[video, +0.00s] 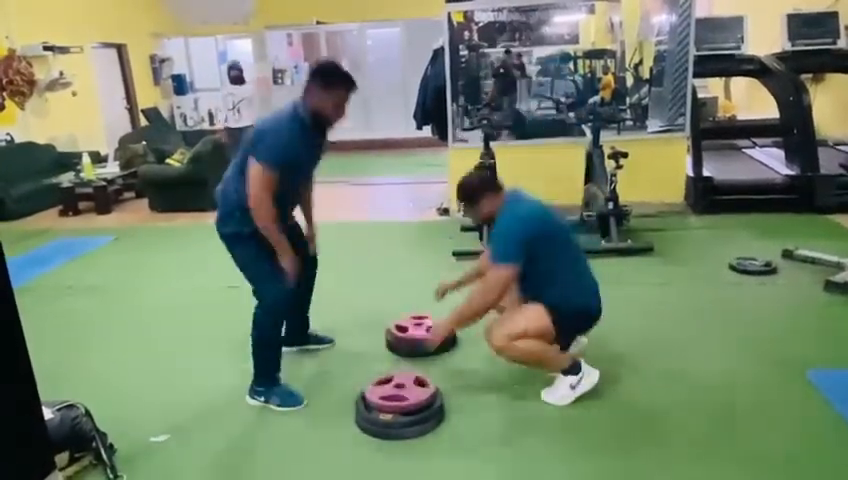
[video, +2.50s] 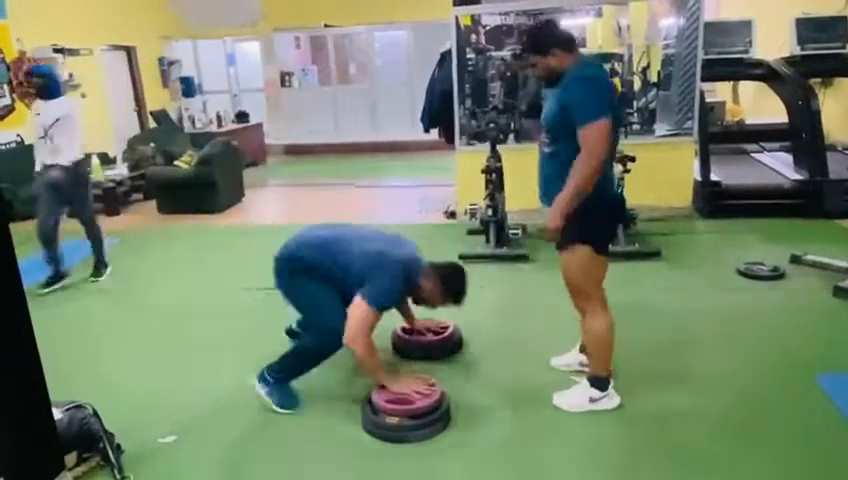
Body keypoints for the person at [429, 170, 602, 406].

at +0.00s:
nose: (469, 214)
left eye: (471, 207)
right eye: (467, 208)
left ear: (486, 200)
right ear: (490, 195)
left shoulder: (512, 220)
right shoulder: (508, 207)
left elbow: (494, 289)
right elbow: (491, 261)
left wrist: (448, 325)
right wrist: (456, 284)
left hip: (575, 306)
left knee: (500, 336)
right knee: (498, 299)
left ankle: (575, 372)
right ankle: (564, 338)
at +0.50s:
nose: (374, 360)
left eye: (370, 356)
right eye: (370, 357)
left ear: (371, 343)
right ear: (373, 324)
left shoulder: (391, 327)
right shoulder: (398, 299)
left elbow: (427, 332)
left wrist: (416, 372)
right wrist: (419, 358)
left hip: (503, 317)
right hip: (504, 292)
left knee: (574, 363)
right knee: (574, 325)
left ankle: (675, 395)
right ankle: (651, 326)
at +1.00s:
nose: (365, 282)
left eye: (361, 277)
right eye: (361, 278)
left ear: (364, 264)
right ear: (372, 250)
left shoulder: (391, 272)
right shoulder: (406, 248)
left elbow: (414, 323)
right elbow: (427, 310)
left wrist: (414, 376)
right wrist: (418, 347)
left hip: (494, 332)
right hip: (500, 308)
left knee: (561, 375)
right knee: (567, 330)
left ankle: (664, 396)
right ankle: (646, 325)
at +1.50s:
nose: (423, 279)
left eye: (419, 274)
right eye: (419, 276)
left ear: (422, 261)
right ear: (426, 249)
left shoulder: (445, 260)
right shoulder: (448, 242)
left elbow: (439, 329)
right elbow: (446, 312)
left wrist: (418, 372)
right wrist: (439, 337)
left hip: (561, 252)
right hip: (567, 238)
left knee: (523, 336)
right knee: (562, 301)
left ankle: (605, 376)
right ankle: (608, 332)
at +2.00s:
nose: (482, 184)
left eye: (481, 176)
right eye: (479, 177)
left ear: (494, 167)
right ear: (501, 161)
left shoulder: (523, 186)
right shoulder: (526, 173)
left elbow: (538, 256)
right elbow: (536, 240)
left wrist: (513, 308)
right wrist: (521, 281)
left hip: (610, 248)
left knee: (543, 313)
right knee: (540, 290)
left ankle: (593, 382)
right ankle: (581, 350)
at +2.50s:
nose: (535, 73)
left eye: (536, 64)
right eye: (532, 66)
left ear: (554, 54)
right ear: (556, 53)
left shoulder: (584, 82)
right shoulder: (570, 81)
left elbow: (595, 152)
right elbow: (583, 147)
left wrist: (561, 205)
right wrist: (561, 199)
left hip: (589, 204)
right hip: (578, 201)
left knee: (589, 296)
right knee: (582, 287)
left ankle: (601, 387)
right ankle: (589, 351)